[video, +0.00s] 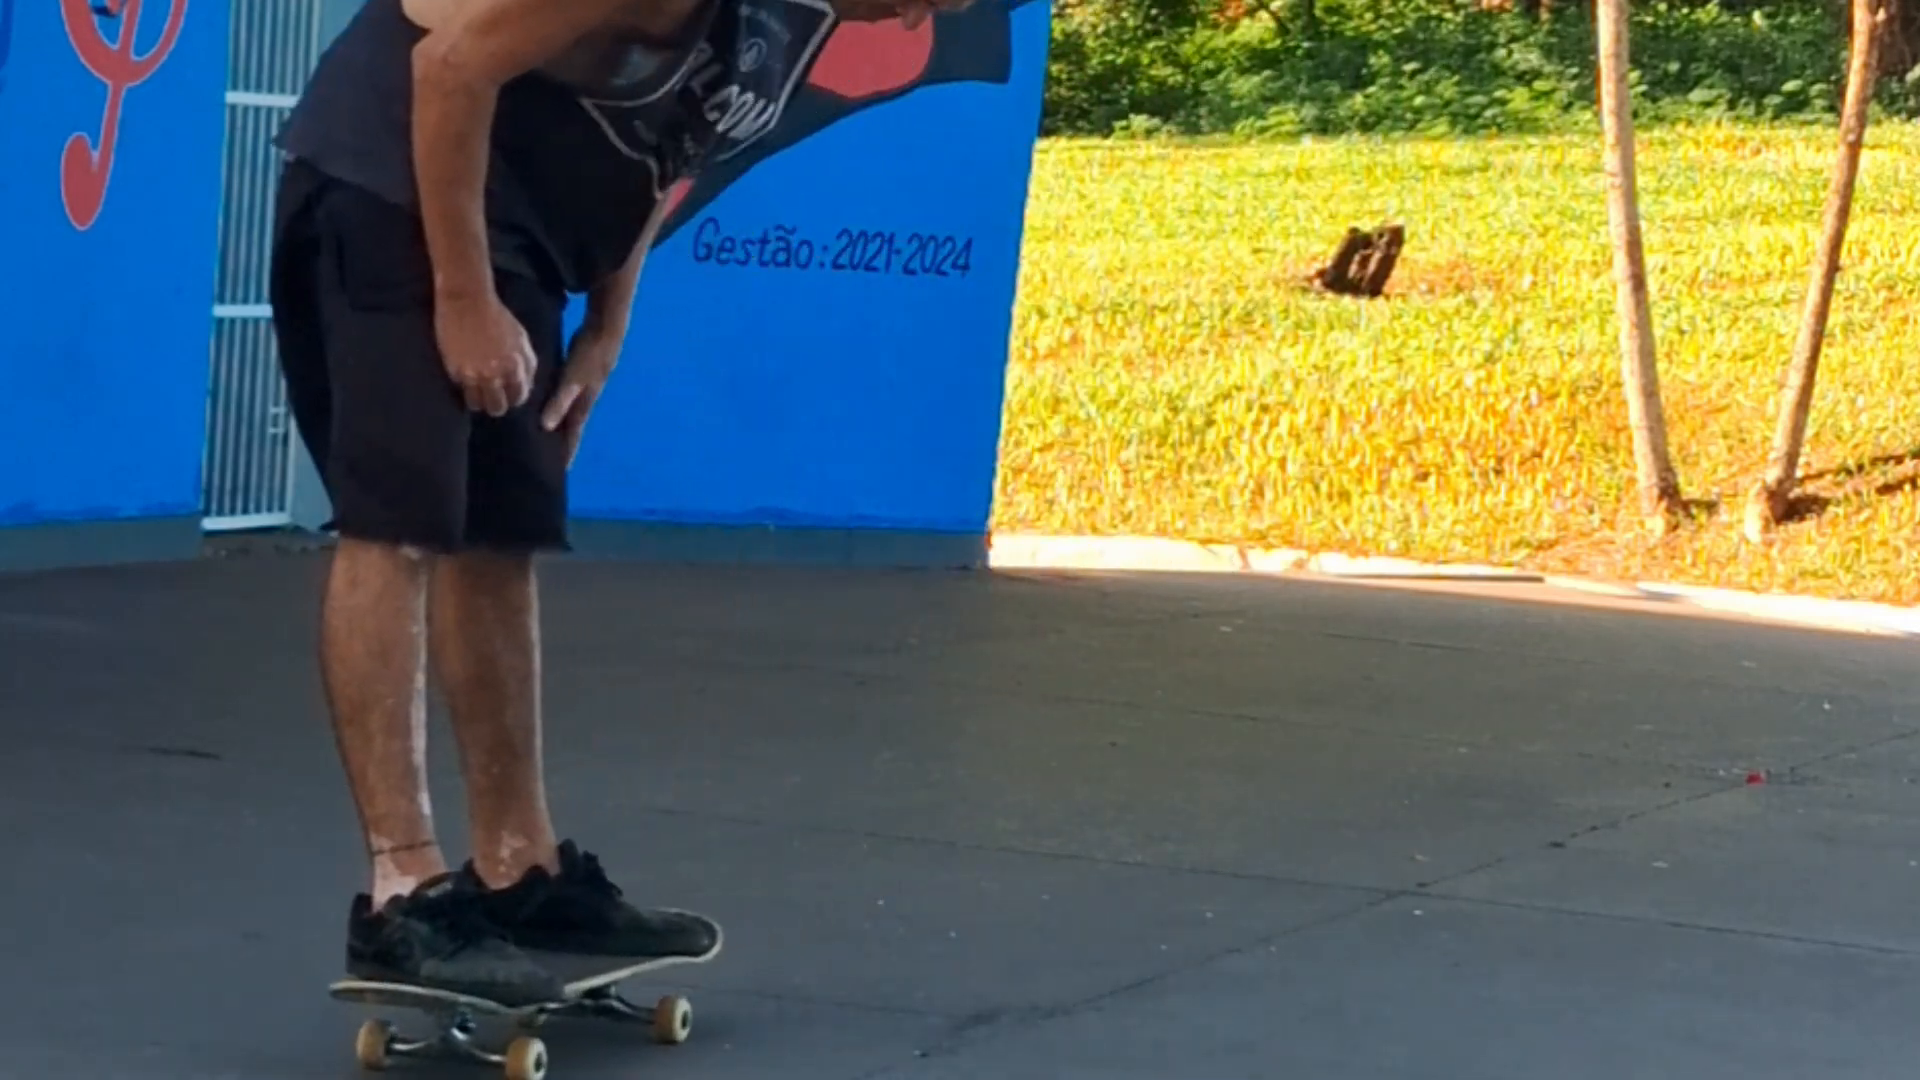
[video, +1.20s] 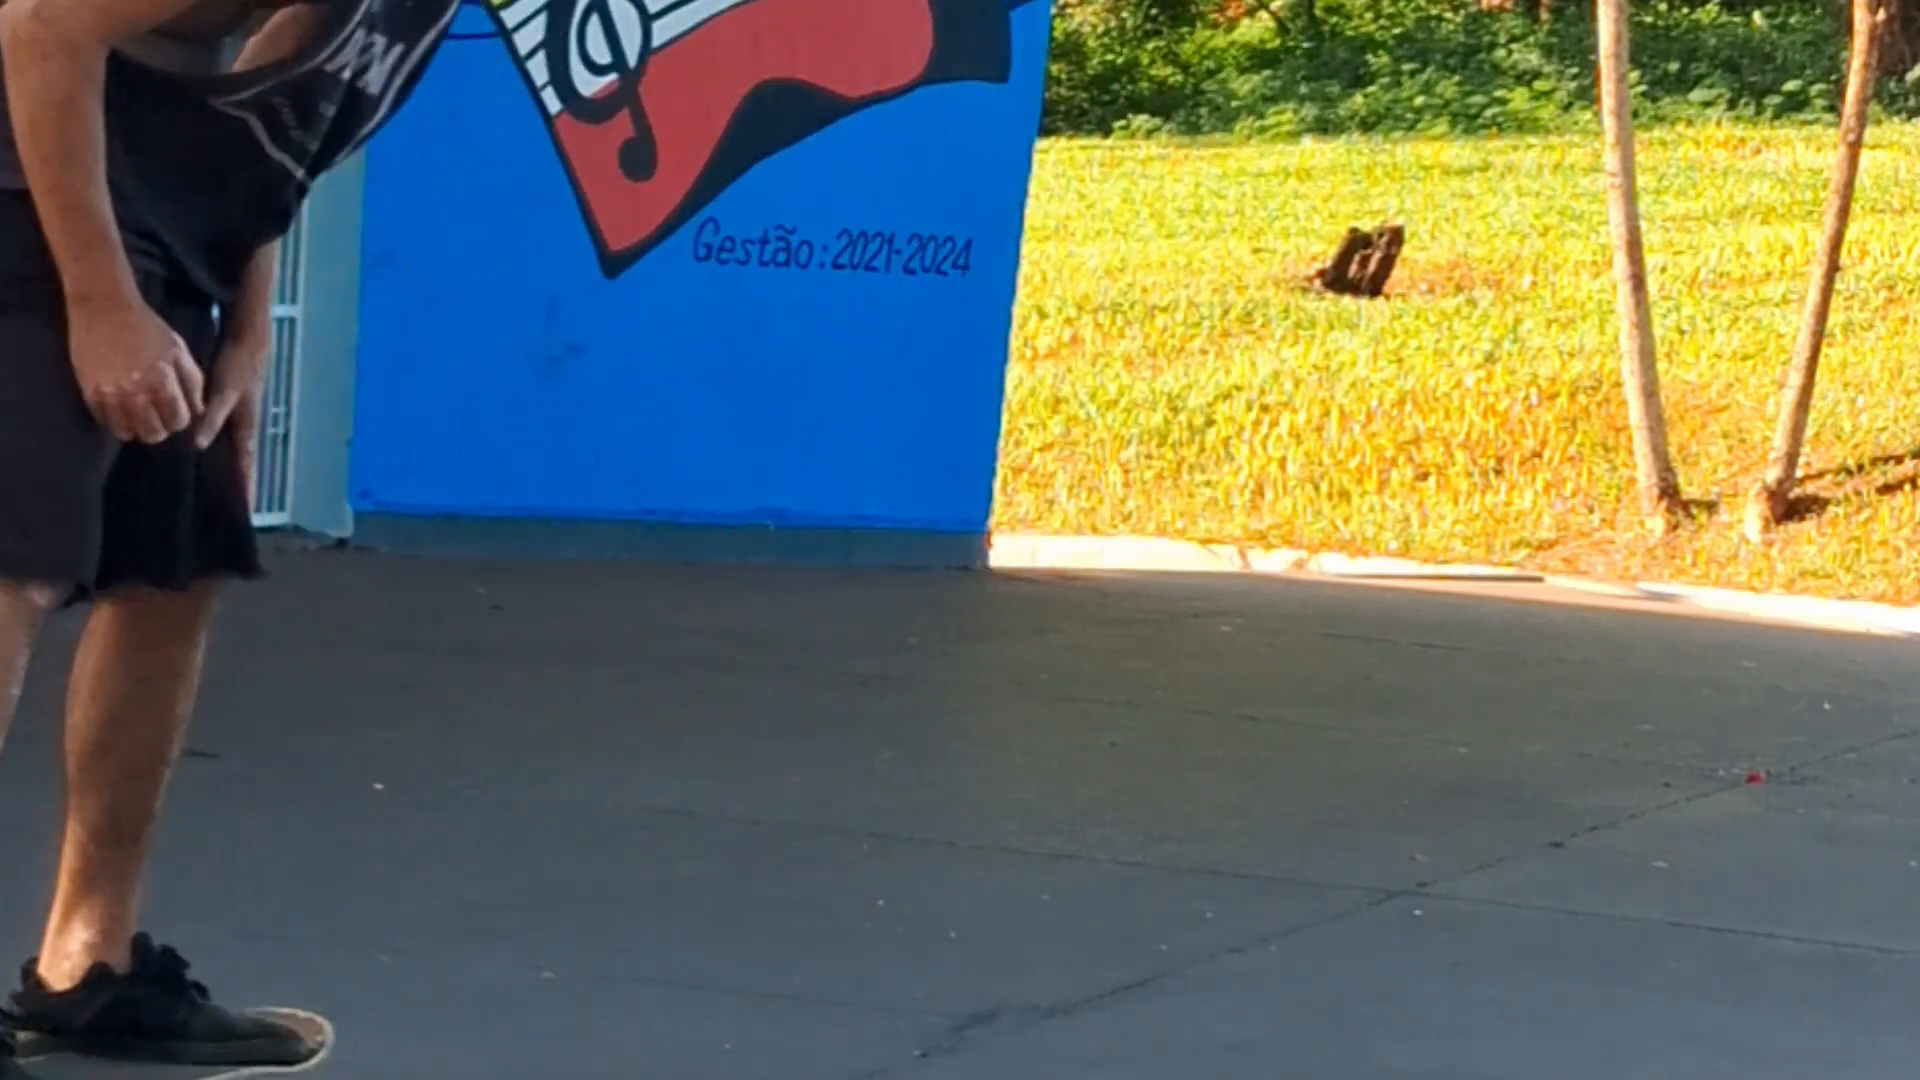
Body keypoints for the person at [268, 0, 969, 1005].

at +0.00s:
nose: (920, 14)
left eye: (934, 10)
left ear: (906, 9)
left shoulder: (794, 33)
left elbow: (658, 156)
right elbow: (451, 64)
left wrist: (604, 330)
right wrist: (464, 298)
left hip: (519, 215)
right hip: (388, 169)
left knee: (501, 524)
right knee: (393, 521)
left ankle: (519, 873)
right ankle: (403, 895)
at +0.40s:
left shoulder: (676, 8)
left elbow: (550, 157)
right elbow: (316, 58)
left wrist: (463, 345)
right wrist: (334, 303)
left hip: (404, 206)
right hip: (250, 160)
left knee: (377, 538)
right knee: (249, 534)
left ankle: (395, 902)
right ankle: (257, 929)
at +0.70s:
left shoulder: (565, 17)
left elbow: (445, 132)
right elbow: (223, 53)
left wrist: (393, 323)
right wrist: (240, 305)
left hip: (318, 214)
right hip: (150, 165)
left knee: (309, 538)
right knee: (146, 542)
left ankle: (288, 920)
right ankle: (131, 960)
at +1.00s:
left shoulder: (510, 15)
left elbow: (336, 132)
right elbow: (124, 41)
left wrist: (287, 336)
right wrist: (171, 307)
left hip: (224, 191)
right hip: (63, 137)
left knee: (213, 544)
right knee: (68, 541)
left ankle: (151, 956)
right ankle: (5, 965)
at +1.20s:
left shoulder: (425, 13)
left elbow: (269, 126)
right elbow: (44, 26)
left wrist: (248, 324)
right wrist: (101, 299)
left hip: (185, 246)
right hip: (46, 190)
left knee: (172, 563)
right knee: (26, 560)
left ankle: (83, 965)